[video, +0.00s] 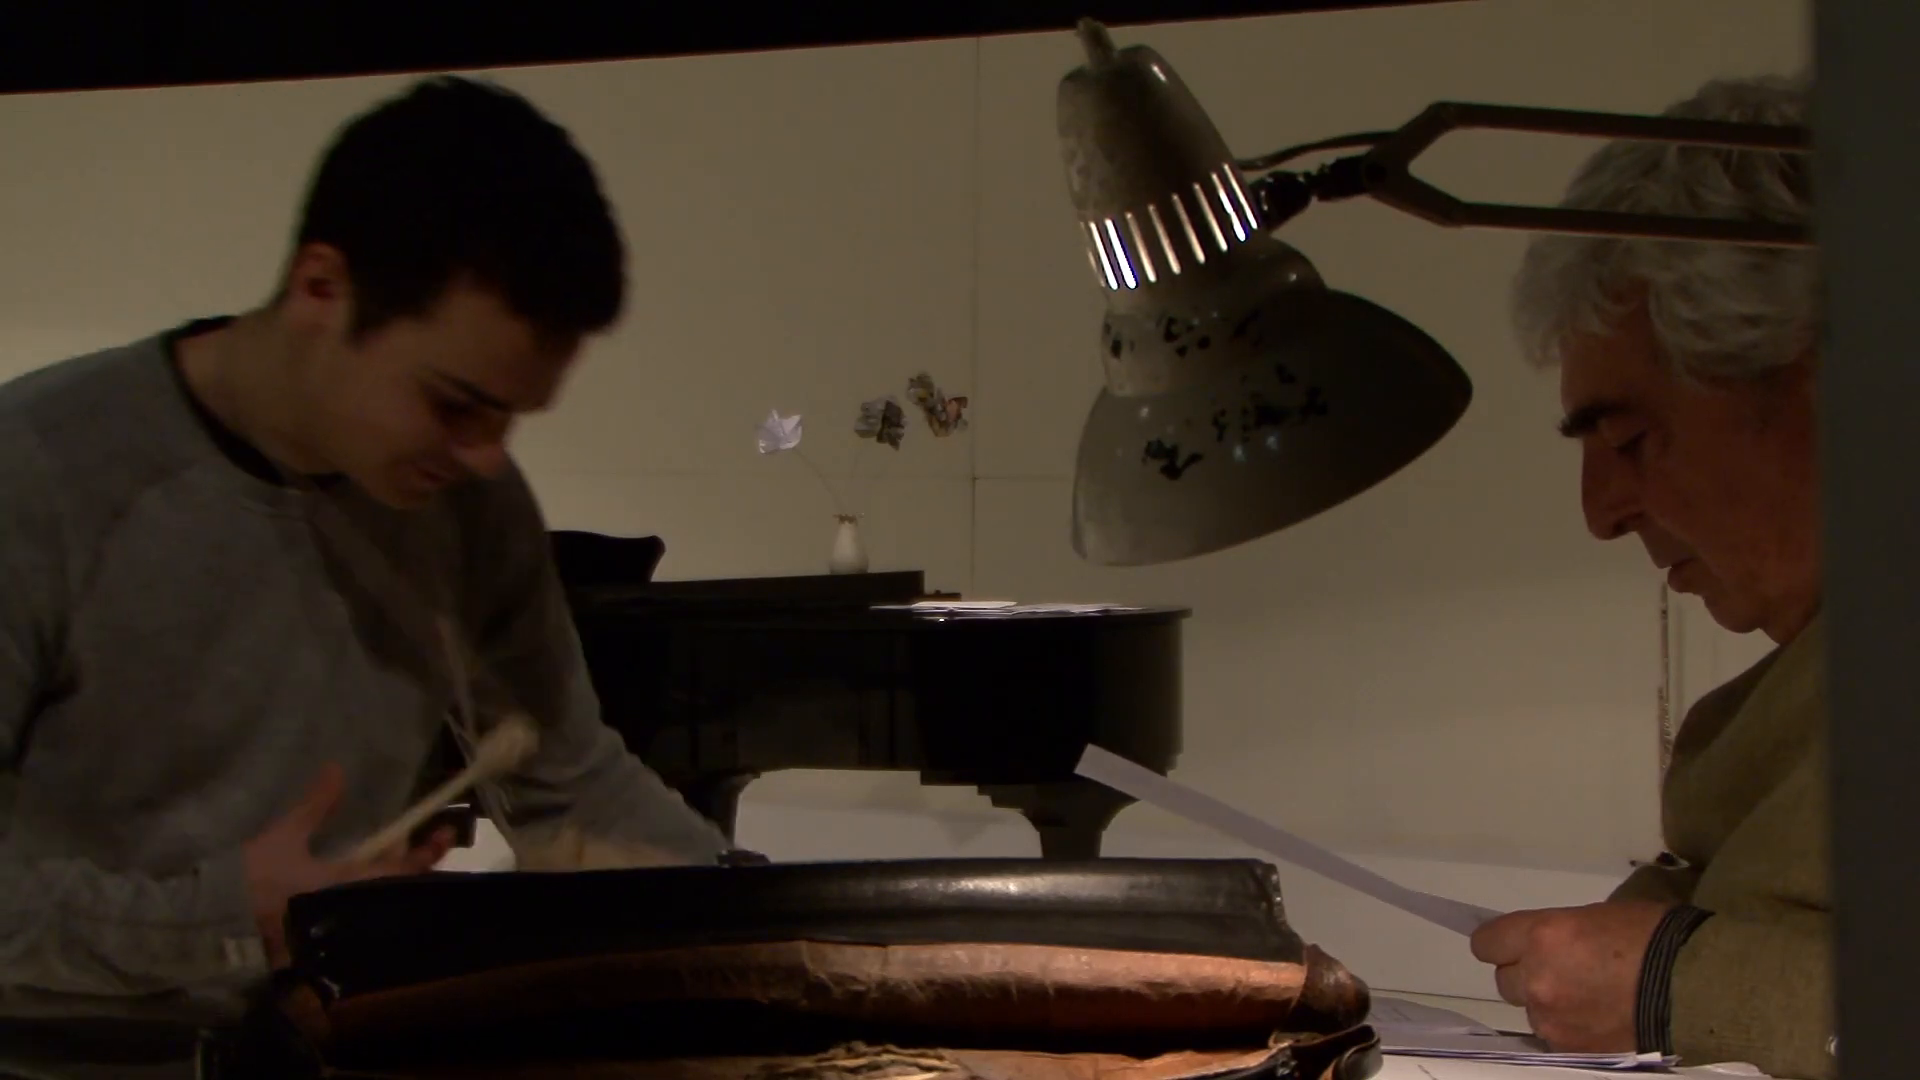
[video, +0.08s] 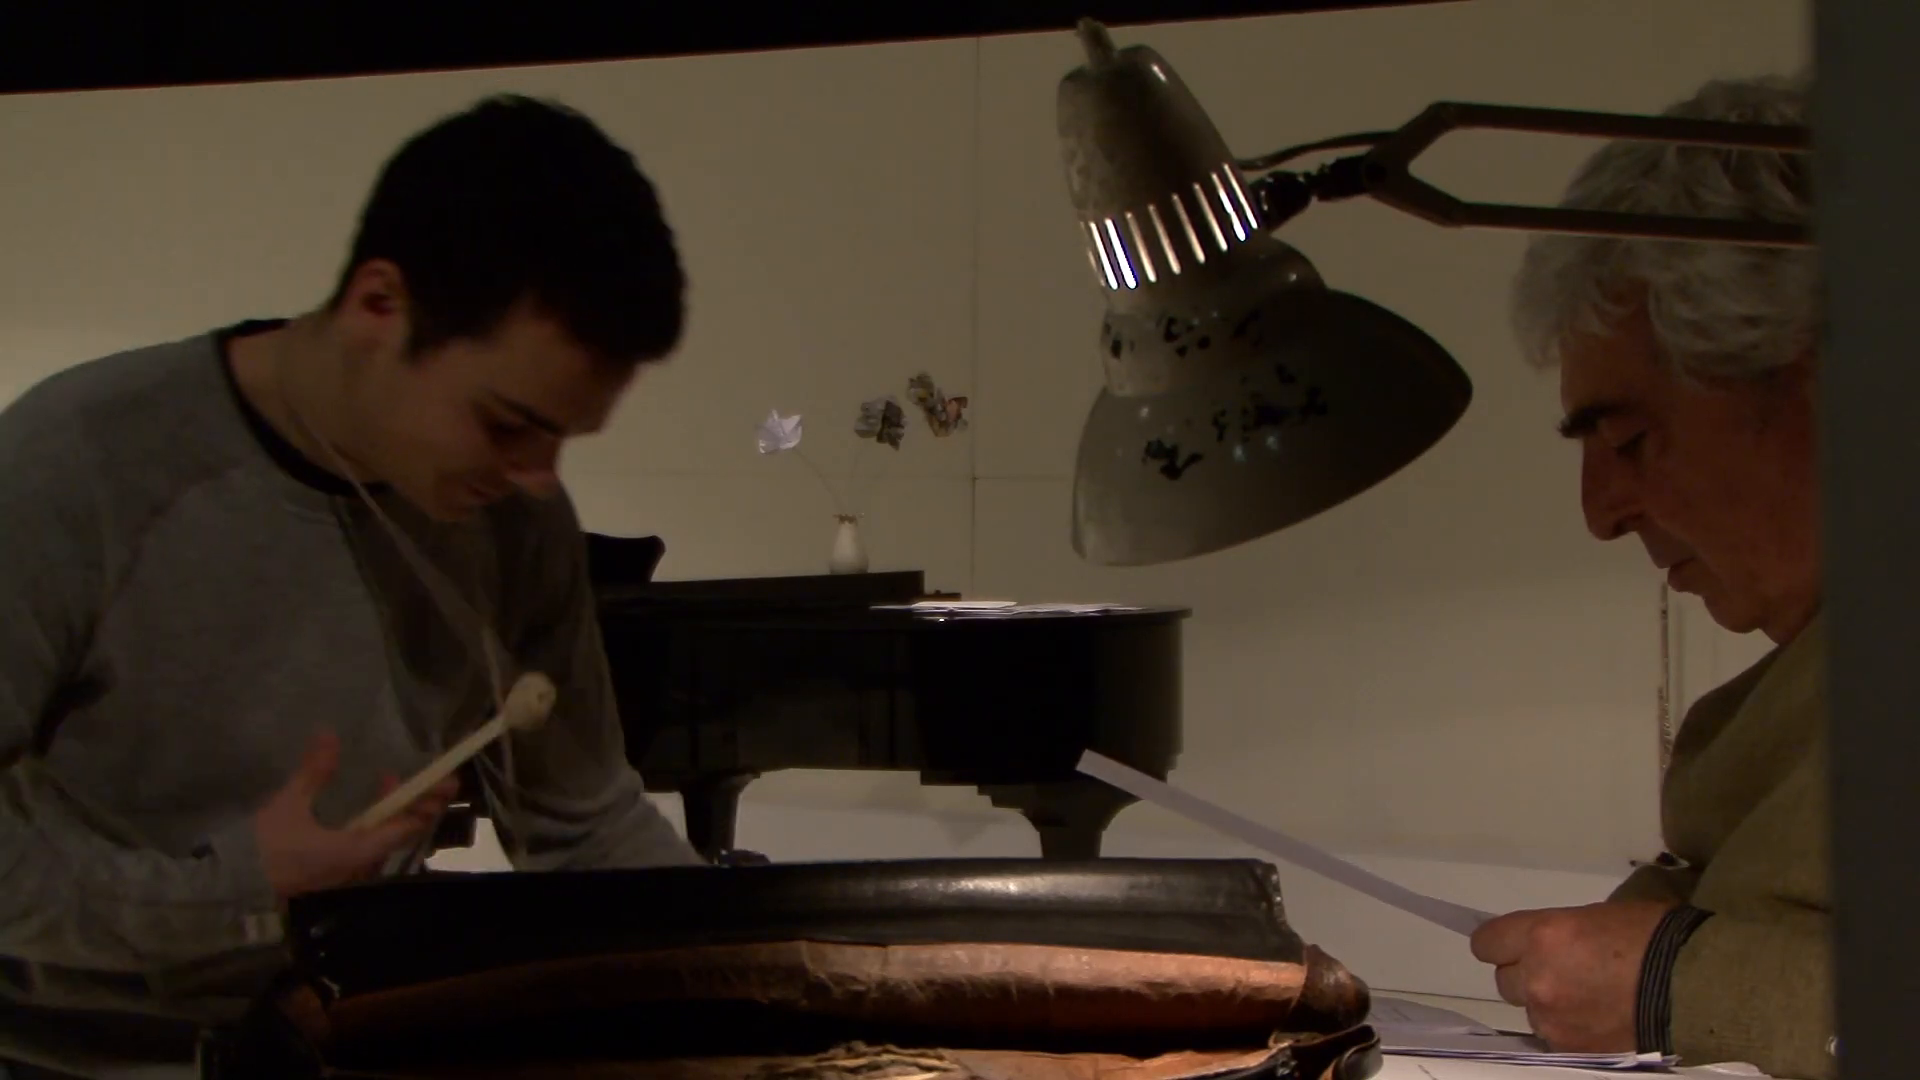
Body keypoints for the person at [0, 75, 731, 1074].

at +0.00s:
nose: (485, 459)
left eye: (513, 417)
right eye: (457, 405)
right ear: (319, 289)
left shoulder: (471, 498)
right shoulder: (33, 475)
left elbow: (570, 776)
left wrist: (753, 913)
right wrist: (221, 914)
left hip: (366, 1051)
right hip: (69, 1059)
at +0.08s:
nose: (540, 478)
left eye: (565, 437)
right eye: (510, 424)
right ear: (376, 307)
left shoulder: (514, 516)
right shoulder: (65, 472)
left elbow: (586, 820)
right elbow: (4, 854)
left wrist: (744, 948)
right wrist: (227, 888)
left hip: (364, 1050)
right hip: (72, 1055)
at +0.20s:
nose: (584, 489)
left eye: (615, 448)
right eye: (561, 433)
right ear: (431, 311)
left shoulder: (549, 519)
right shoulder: (96, 465)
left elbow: (580, 846)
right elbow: (3, 814)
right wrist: (238, 833)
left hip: (359, 1043)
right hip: (73, 1048)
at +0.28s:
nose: (589, 491)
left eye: (622, 453)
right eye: (569, 433)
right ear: (442, 309)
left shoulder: (559, 530)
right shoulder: (101, 452)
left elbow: (572, 850)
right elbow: (1, 803)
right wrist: (239, 790)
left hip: (363, 1045)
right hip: (74, 1044)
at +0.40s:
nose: (573, 490)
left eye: (602, 451)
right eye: (552, 432)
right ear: (426, 304)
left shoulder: (541, 520)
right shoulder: (84, 444)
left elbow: (563, 865)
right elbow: (8, 844)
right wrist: (248, 727)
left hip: (363, 1043)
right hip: (79, 1042)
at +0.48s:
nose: (552, 474)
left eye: (580, 433)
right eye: (529, 415)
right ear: (398, 290)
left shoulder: (510, 502)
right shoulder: (53, 451)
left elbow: (537, 840)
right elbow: (7, 858)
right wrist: (239, 717)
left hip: (375, 1035)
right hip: (90, 1046)